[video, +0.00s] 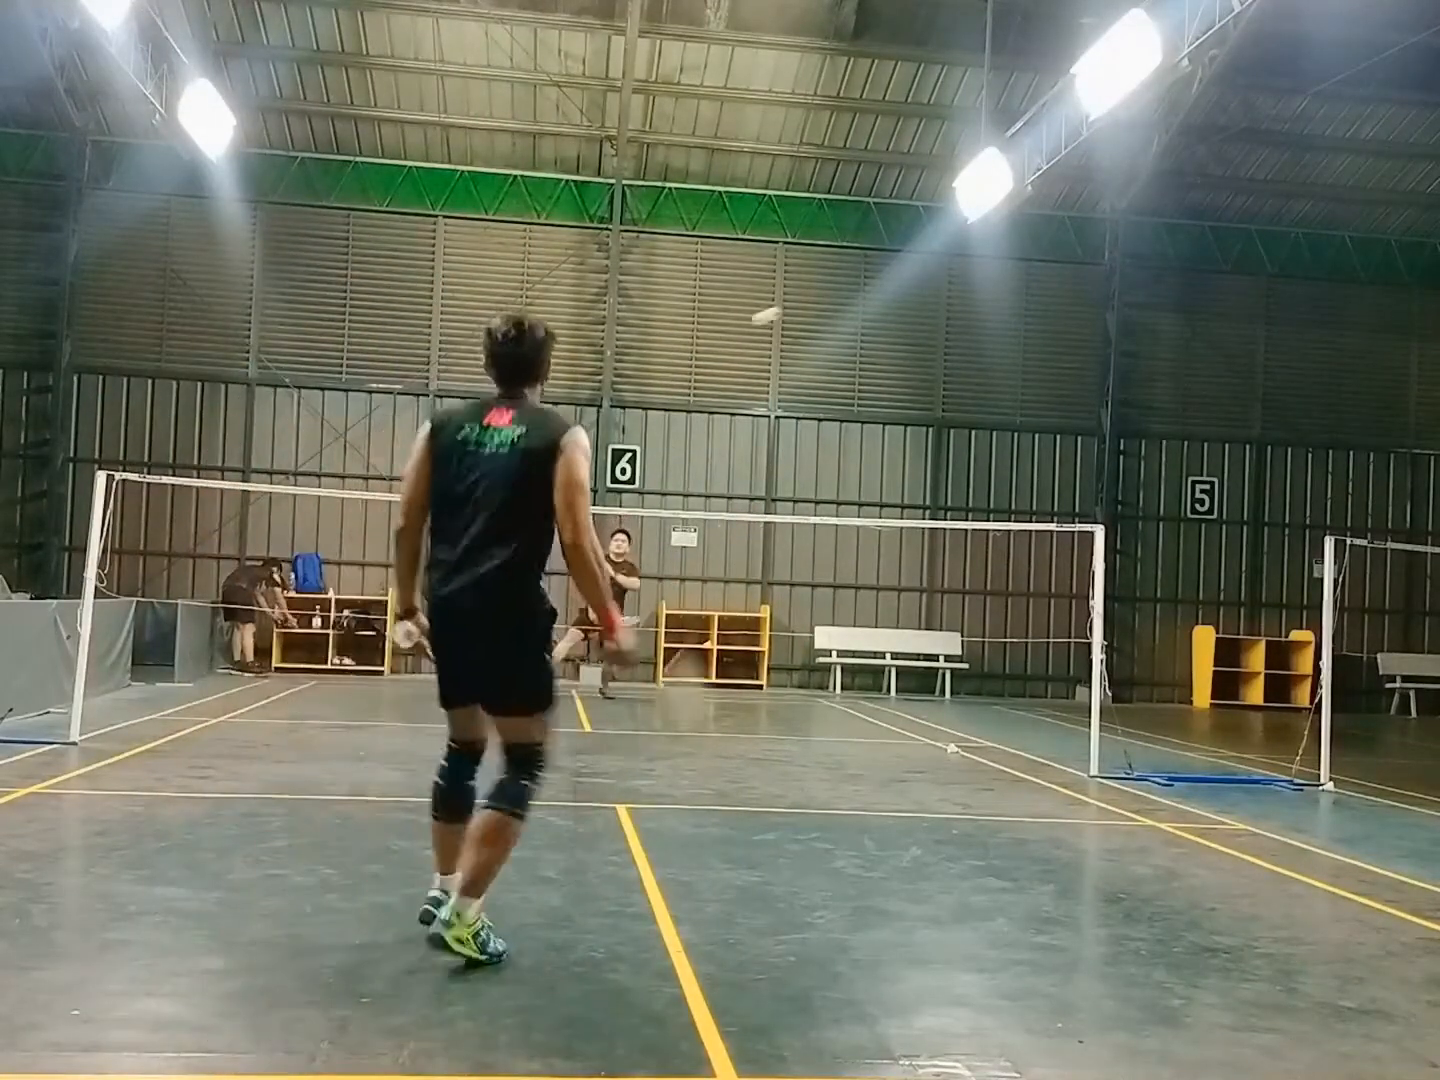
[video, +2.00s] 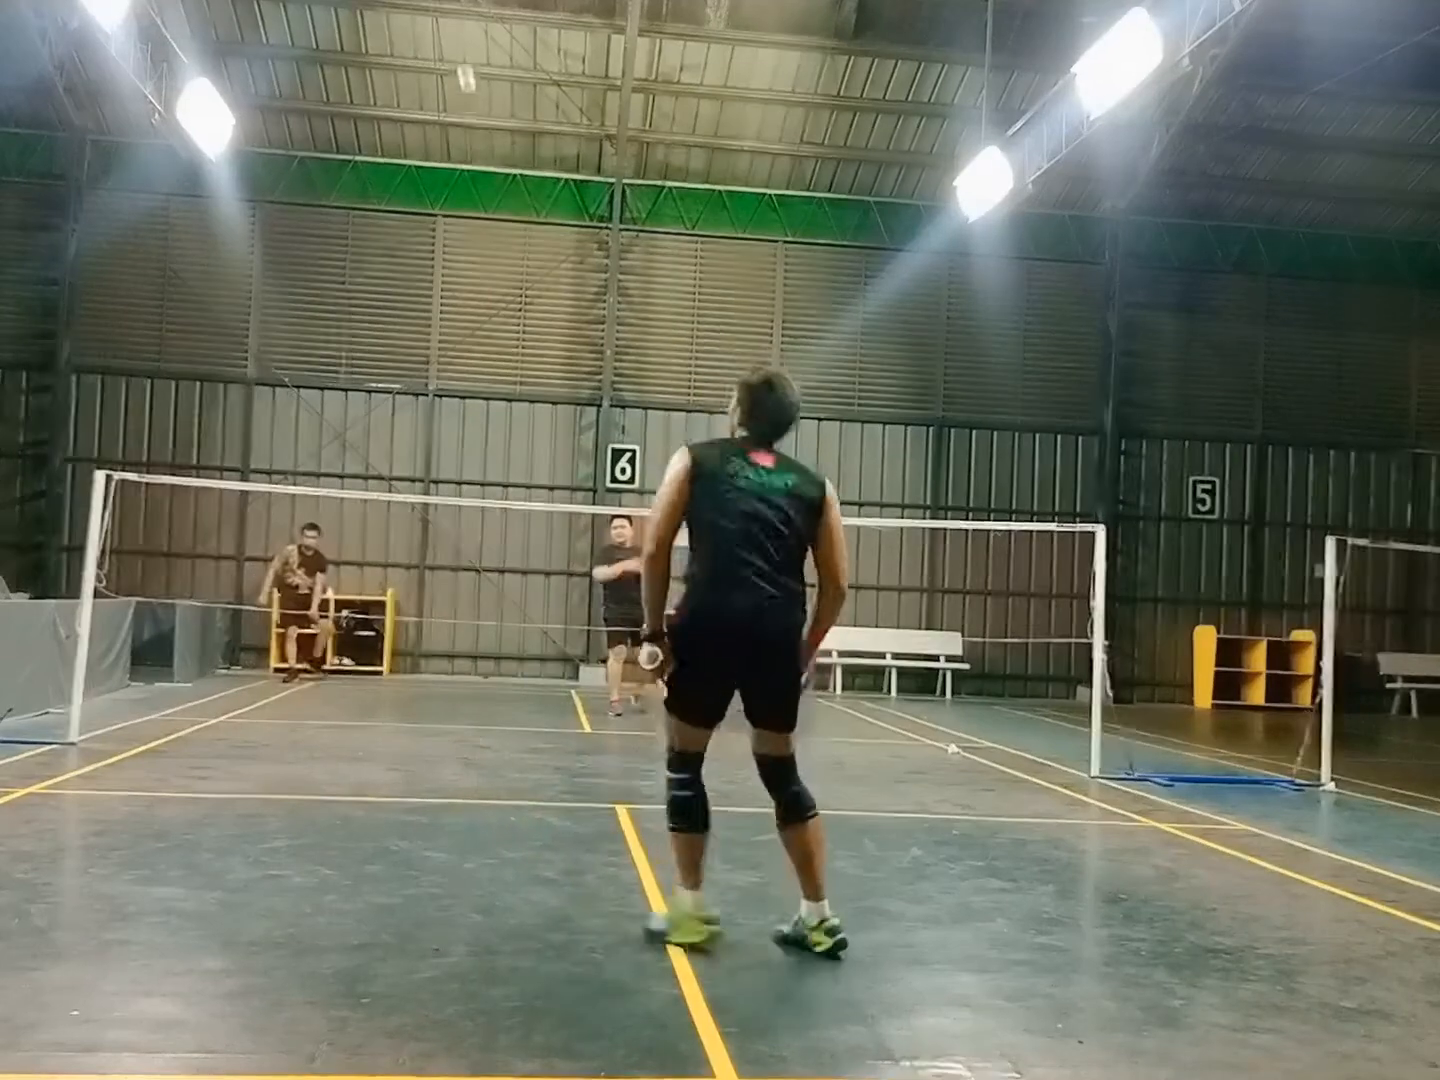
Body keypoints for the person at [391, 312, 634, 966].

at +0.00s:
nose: (545, 375)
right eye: (546, 366)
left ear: (489, 368)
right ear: (545, 370)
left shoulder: (444, 424)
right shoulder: (562, 435)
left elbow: (409, 517)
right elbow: (575, 537)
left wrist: (407, 603)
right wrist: (610, 617)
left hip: (447, 608)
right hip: (513, 612)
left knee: (464, 743)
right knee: (523, 757)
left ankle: (444, 891)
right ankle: (464, 910)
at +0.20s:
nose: (592, 394)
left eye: (589, 383)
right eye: (588, 385)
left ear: (532, 392)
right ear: (572, 393)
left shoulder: (487, 448)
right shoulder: (581, 461)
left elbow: (446, 533)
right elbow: (609, 547)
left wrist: (435, 612)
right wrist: (698, 545)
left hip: (482, 629)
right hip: (550, 627)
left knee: (484, 758)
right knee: (627, 745)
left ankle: (440, 898)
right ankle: (580, 891)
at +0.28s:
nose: (633, 371)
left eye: (629, 360)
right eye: (627, 362)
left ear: (573, 372)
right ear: (607, 372)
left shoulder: (524, 418)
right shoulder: (624, 445)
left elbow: (475, 497)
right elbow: (705, 498)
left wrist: (459, 571)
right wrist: (800, 483)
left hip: (503, 604)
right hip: (568, 610)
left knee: (483, 741)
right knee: (623, 742)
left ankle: (442, 879)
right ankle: (660, 899)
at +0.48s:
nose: (711, 388)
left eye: (705, 378)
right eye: (701, 380)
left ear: (653, 396)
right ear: (674, 394)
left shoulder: (603, 432)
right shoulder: (694, 456)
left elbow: (542, 496)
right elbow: (801, 483)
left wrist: (522, 563)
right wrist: (841, 478)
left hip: (548, 610)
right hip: (598, 622)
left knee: (513, 737)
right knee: (658, 763)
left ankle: (449, 862)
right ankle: (659, 930)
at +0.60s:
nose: (756, 411)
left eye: (751, 401)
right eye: (747, 402)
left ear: (695, 416)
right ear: (718, 416)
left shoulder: (638, 453)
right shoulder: (738, 491)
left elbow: (583, 518)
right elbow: (780, 576)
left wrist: (596, 582)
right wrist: (755, 550)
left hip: (579, 622)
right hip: (633, 637)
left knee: (562, 745)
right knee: (699, 769)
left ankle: (470, 861)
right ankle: (660, 930)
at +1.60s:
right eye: (753, 391)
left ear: (703, 392)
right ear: (755, 394)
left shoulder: (664, 452)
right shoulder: (785, 458)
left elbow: (628, 550)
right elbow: (810, 556)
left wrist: (615, 629)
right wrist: (829, 633)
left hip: (674, 630)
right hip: (750, 634)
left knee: (647, 758)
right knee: (759, 772)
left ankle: (596, 889)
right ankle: (754, 932)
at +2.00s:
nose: (730, 415)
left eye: (733, 408)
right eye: (742, 409)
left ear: (738, 416)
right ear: (787, 426)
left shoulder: (695, 461)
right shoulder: (814, 485)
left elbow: (655, 548)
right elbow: (835, 585)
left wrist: (655, 631)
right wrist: (808, 647)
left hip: (706, 636)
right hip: (777, 642)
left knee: (684, 766)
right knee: (781, 770)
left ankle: (690, 905)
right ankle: (818, 913)